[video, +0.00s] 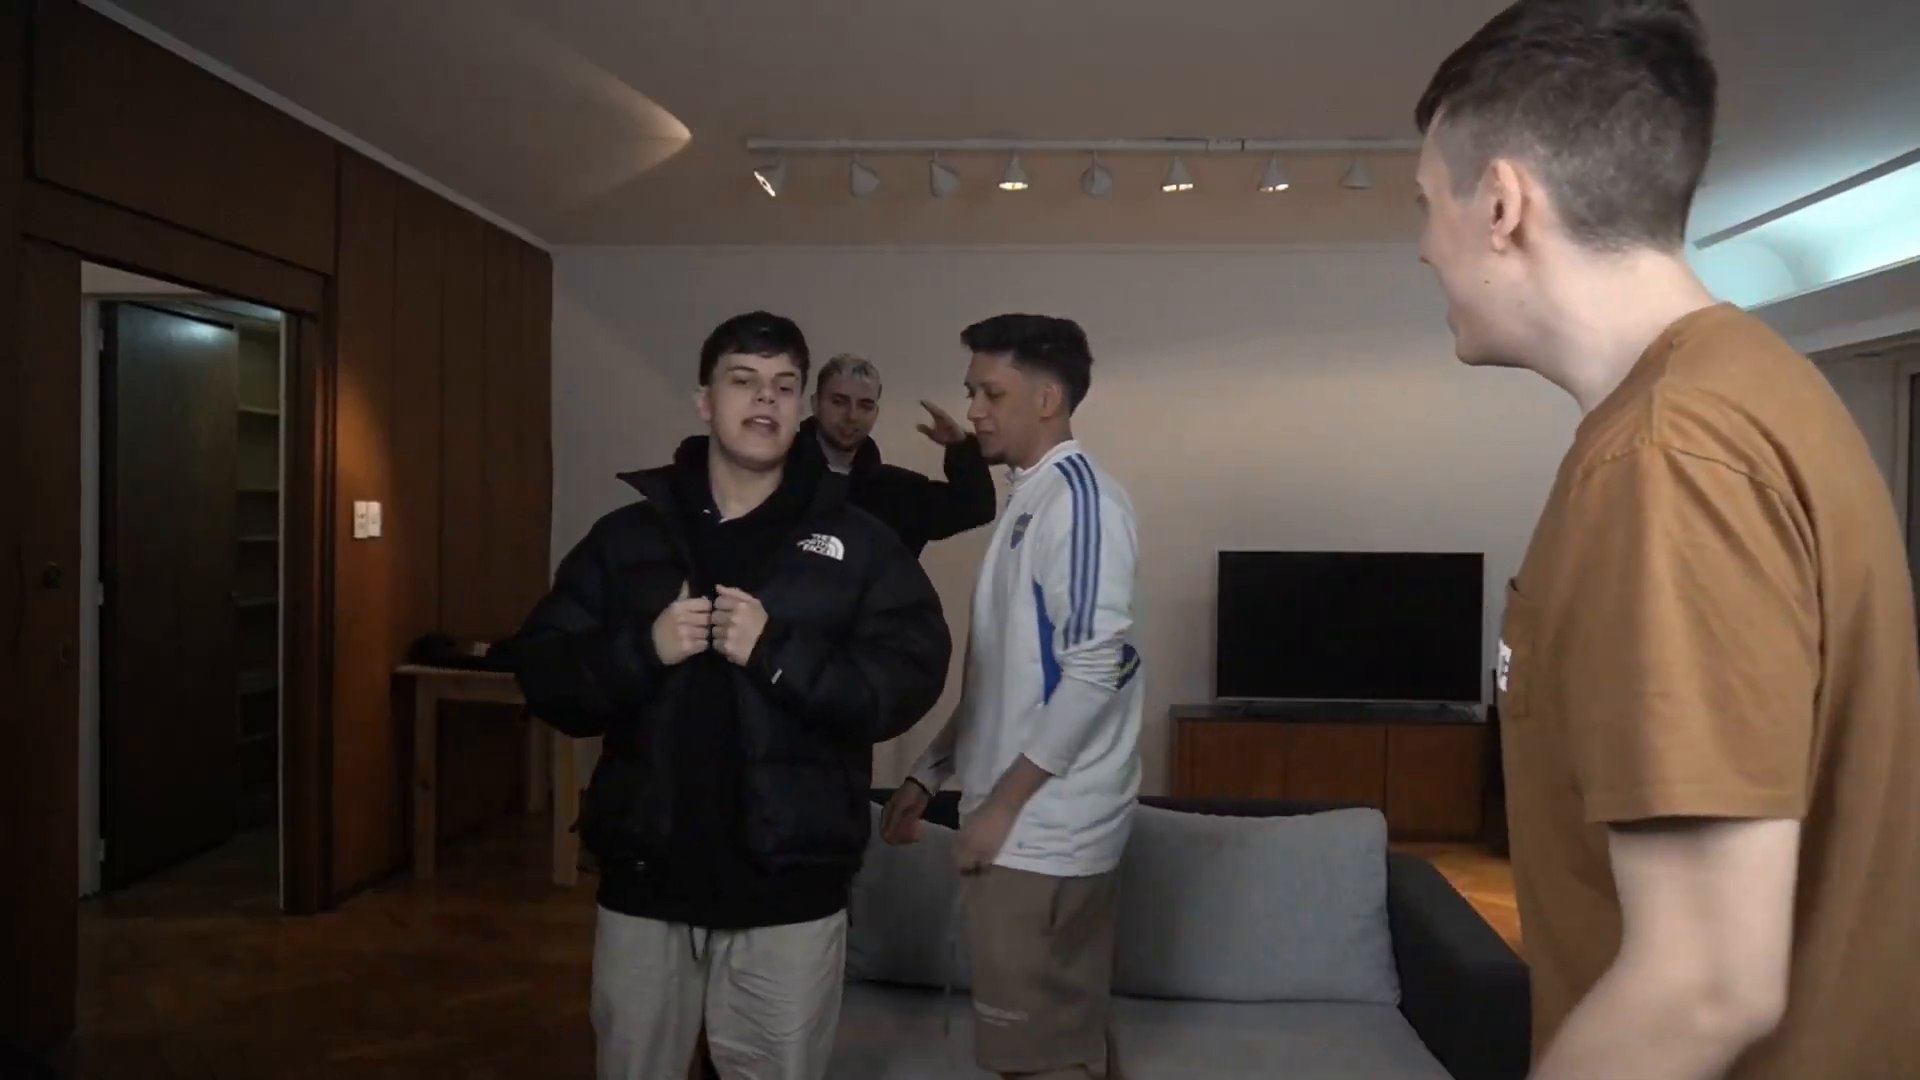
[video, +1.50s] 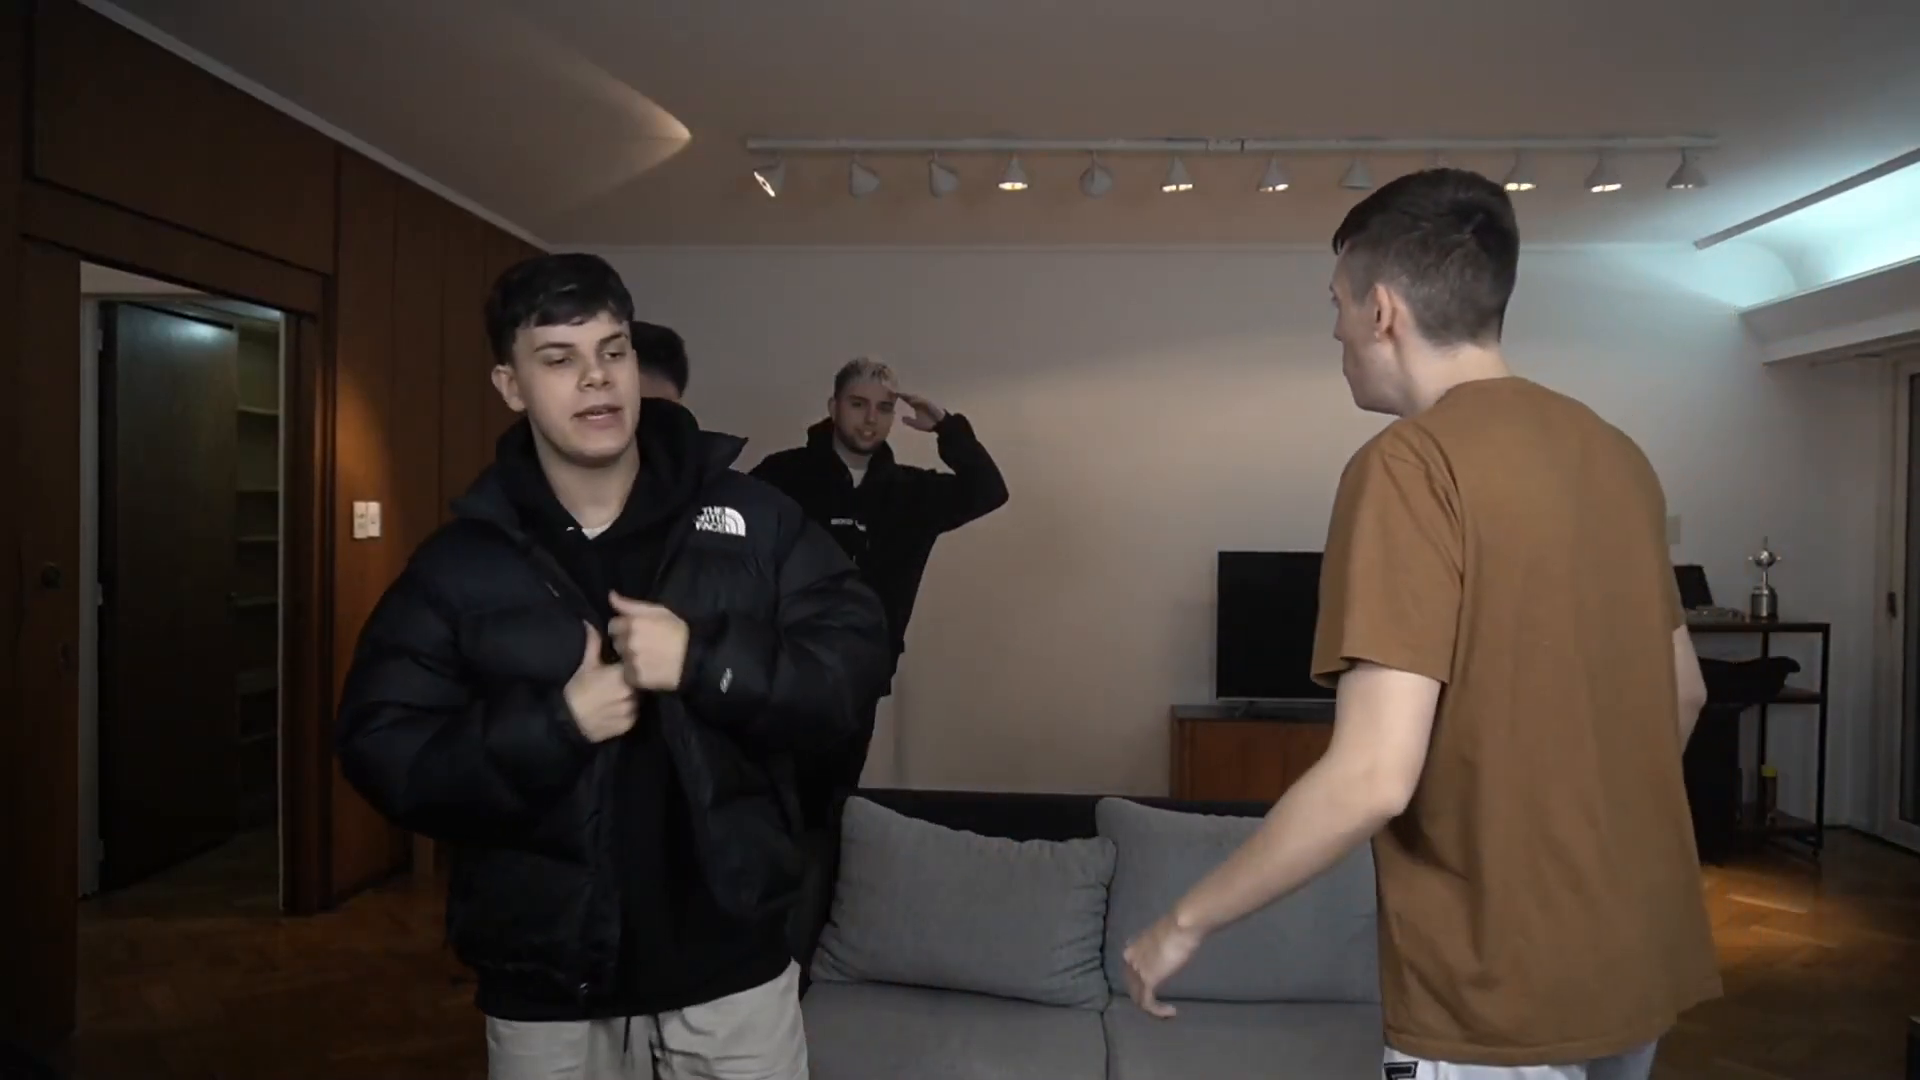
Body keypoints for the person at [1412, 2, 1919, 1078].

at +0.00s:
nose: (1427, 248)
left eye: (1427, 200)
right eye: (1421, 205)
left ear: (1504, 204)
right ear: (1654, 193)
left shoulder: (1667, 453)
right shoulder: (1766, 393)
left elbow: (1706, 984)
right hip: (1837, 1045)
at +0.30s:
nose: (1500, 271)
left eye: (1512, 228)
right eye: (1504, 232)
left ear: (1595, 235)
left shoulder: (1741, 462)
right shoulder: (1787, 422)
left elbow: (1662, 905)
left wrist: (1365, 1053)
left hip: (1705, 1059)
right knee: (1381, 874)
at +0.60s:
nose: (1514, 303)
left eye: (1532, 268)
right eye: (1520, 270)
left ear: (1619, 274)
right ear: (1618, 276)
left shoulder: (1692, 462)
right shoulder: (1798, 439)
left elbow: (1718, 849)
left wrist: (1628, 1063)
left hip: (1726, 1052)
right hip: (1836, 1041)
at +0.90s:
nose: (1460, 323)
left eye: (1474, 292)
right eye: (1465, 295)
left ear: (1543, 298)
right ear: (1551, 297)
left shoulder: (1643, 451)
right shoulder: (1689, 437)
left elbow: (1769, 796)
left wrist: (1741, 1067)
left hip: (1619, 1045)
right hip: (1657, 1035)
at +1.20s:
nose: (1392, 321)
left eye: (1397, 292)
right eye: (1392, 293)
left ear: (1450, 298)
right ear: (1553, 296)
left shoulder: (1484, 457)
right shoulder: (1674, 454)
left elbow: (1514, 781)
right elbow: (1728, 707)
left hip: (1551, 1035)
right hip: (1691, 1014)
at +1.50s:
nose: (1339, 337)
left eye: (1338, 309)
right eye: (1336, 310)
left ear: (1385, 310)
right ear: (1488, 303)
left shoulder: (1412, 462)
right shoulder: (1616, 456)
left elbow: (1372, 774)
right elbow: (1680, 693)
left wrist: (1186, 921)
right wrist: (1589, 828)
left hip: (1486, 996)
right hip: (1638, 965)